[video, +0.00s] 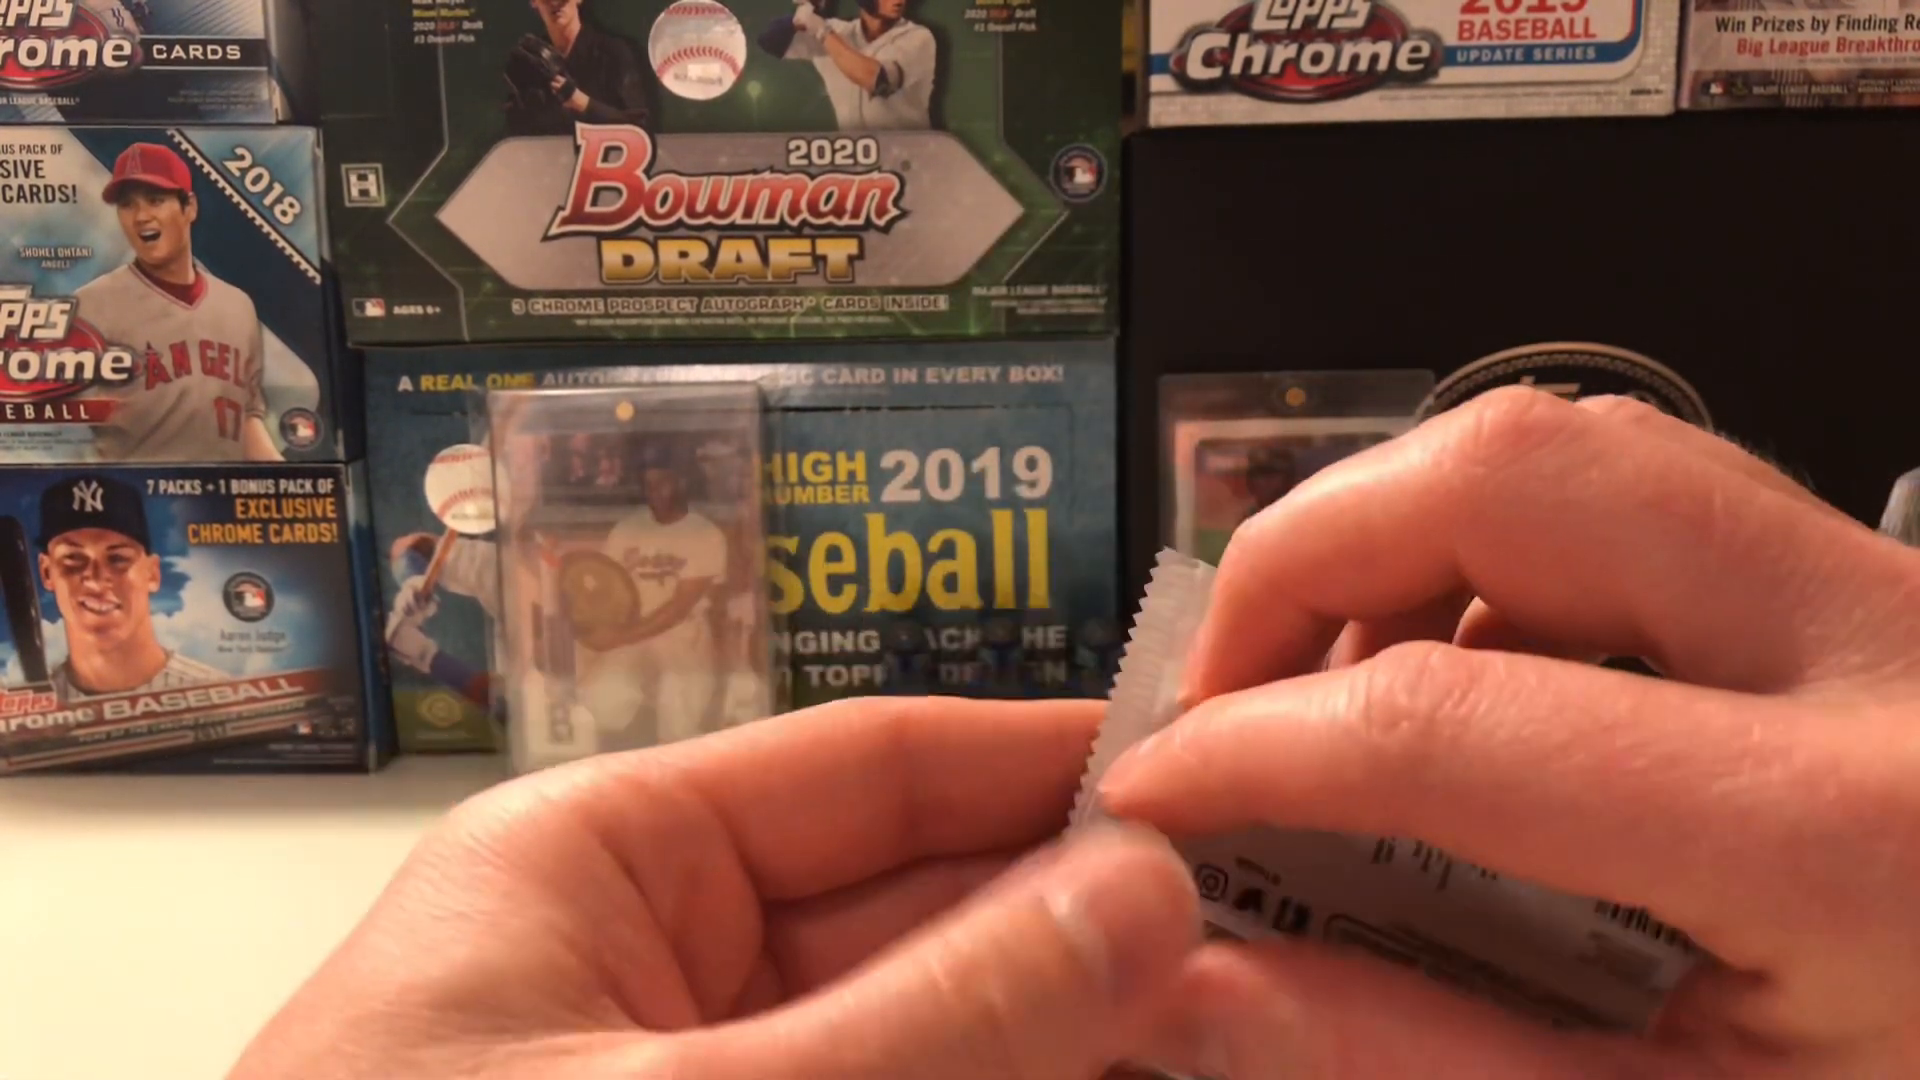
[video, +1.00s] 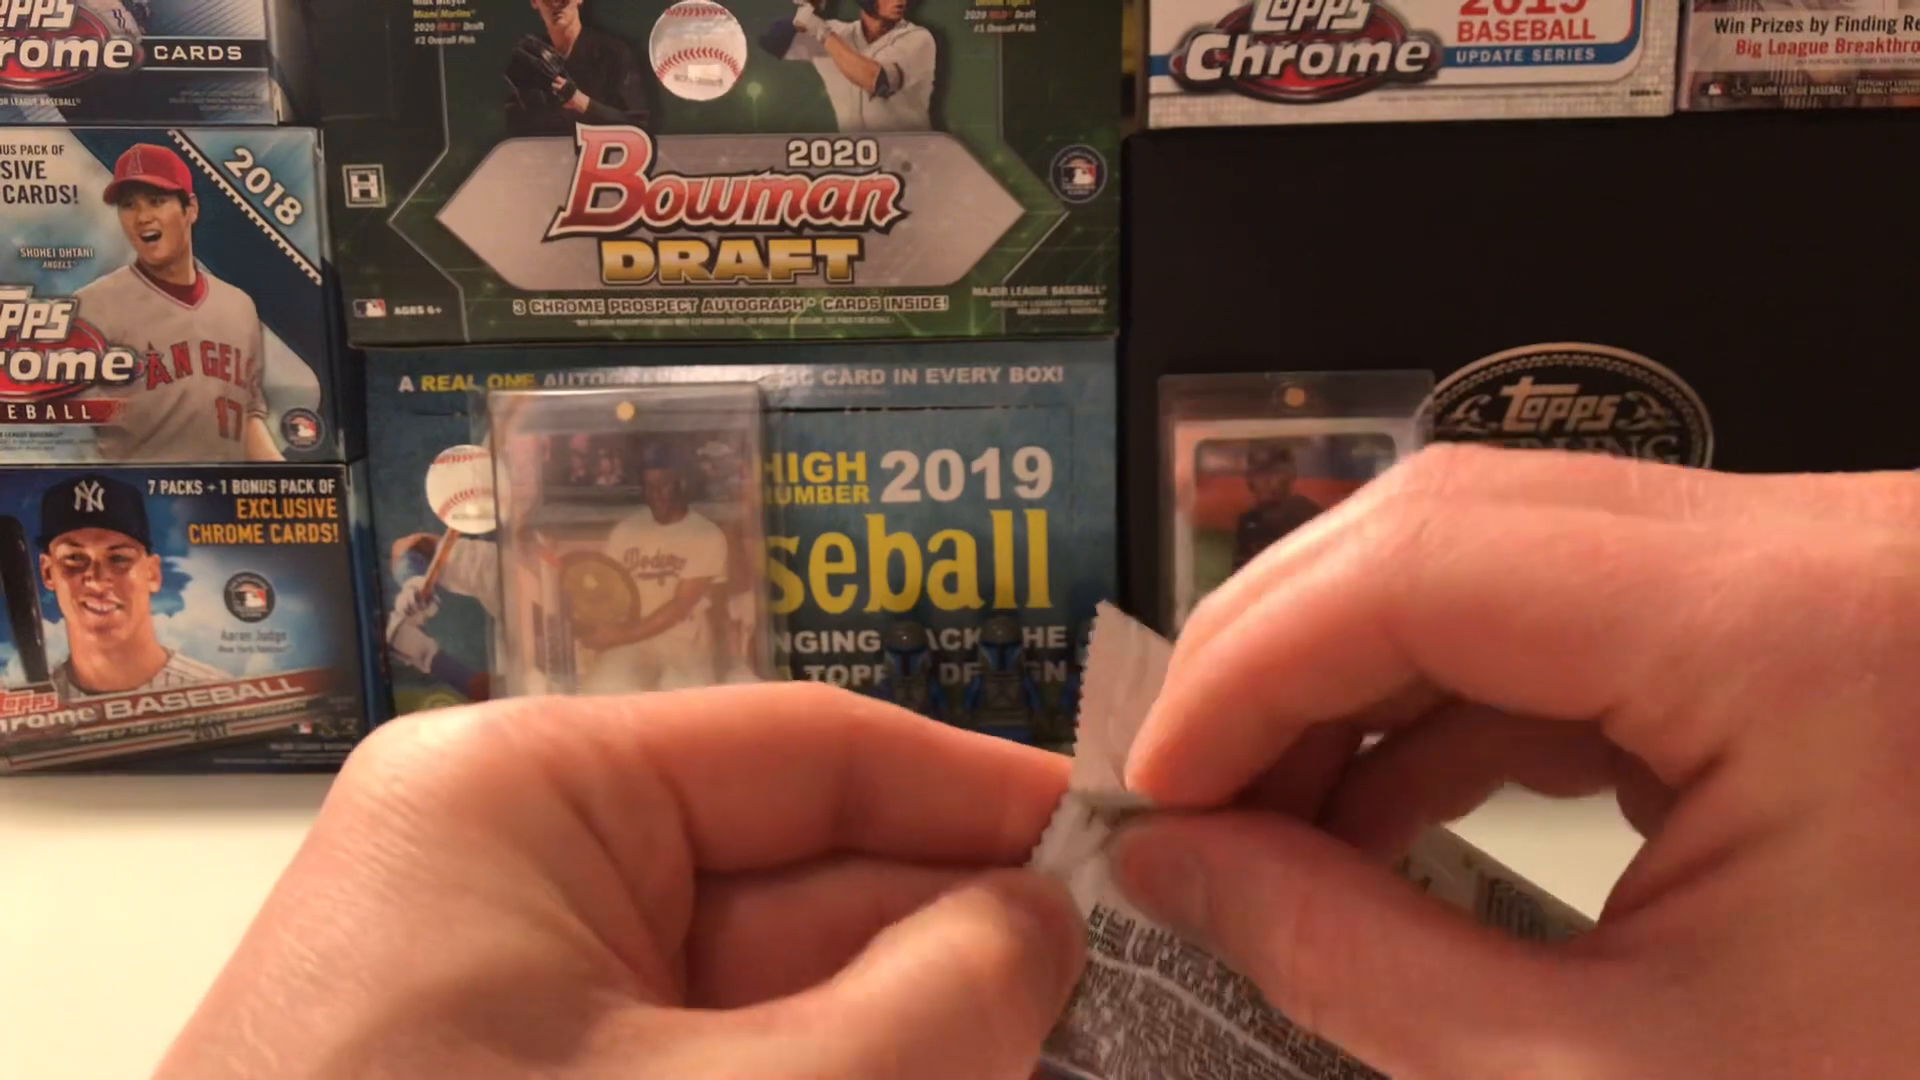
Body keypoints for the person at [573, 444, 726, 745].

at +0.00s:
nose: (654, 493)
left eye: (661, 484)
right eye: (649, 485)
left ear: (681, 484)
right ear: (643, 488)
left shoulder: (705, 535)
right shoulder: (626, 529)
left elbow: (680, 607)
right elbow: (603, 586)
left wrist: (619, 636)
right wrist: (592, 622)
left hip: (684, 649)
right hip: (630, 646)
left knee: (676, 730)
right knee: (604, 704)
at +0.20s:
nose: (652, 493)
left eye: (660, 484)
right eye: (647, 484)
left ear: (681, 482)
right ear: (642, 486)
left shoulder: (706, 535)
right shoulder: (625, 530)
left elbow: (679, 608)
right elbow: (603, 588)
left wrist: (616, 637)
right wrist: (590, 626)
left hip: (685, 649)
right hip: (629, 647)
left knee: (676, 698)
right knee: (605, 699)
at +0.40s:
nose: (653, 493)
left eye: (660, 484)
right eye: (648, 485)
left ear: (680, 483)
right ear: (642, 487)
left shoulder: (705, 535)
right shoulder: (625, 530)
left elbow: (680, 608)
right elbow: (604, 589)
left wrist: (616, 637)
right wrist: (592, 626)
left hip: (685, 647)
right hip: (628, 645)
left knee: (676, 699)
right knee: (604, 702)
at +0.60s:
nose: (654, 493)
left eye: (661, 485)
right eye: (649, 486)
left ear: (681, 484)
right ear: (643, 488)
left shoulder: (707, 536)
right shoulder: (624, 531)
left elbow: (680, 607)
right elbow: (605, 590)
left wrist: (618, 637)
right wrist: (596, 629)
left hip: (683, 651)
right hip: (628, 650)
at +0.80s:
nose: (655, 496)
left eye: (662, 488)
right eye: (649, 488)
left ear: (681, 487)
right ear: (643, 491)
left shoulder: (707, 535)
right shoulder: (624, 531)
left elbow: (681, 606)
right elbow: (604, 590)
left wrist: (618, 636)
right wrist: (592, 627)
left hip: (682, 643)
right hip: (627, 644)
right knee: (604, 694)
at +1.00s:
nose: (653, 496)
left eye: (661, 487)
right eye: (648, 487)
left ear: (681, 486)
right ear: (643, 490)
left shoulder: (707, 536)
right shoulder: (625, 531)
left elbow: (681, 606)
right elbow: (603, 589)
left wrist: (620, 636)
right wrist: (594, 627)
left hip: (683, 641)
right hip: (628, 641)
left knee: (684, 698)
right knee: (603, 695)